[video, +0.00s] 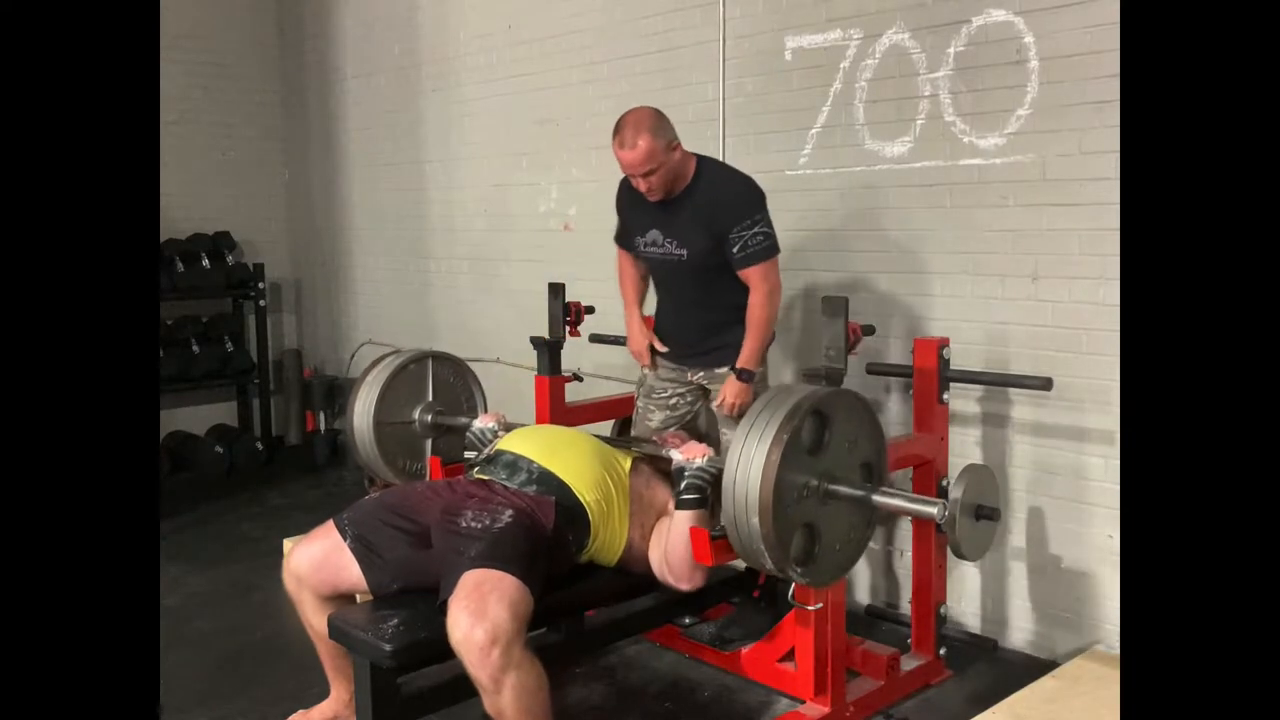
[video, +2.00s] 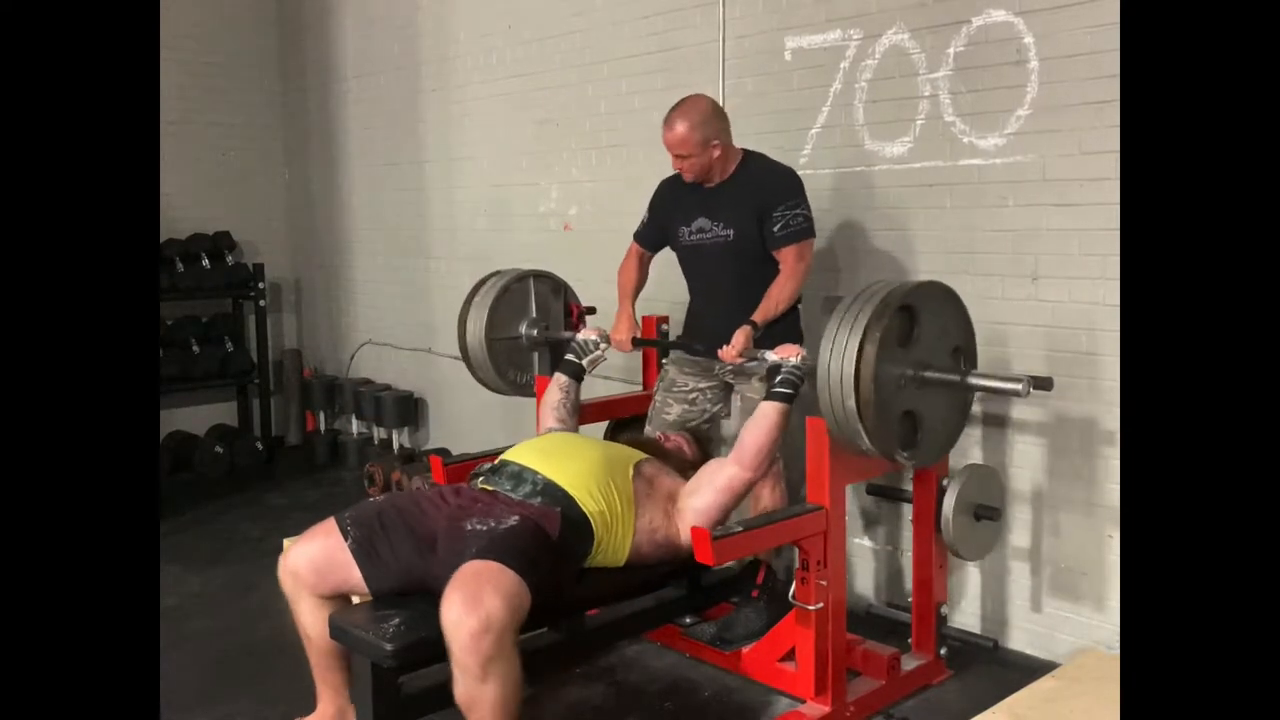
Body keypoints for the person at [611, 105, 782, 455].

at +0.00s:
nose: (640, 186)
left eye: (648, 173)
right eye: (631, 176)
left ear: (676, 151)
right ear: (622, 164)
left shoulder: (733, 194)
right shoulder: (631, 194)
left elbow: (766, 287)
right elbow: (630, 254)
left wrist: (744, 373)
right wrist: (634, 319)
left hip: (731, 366)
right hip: (667, 363)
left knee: (738, 480)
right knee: (649, 473)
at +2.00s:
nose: (675, 167)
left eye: (683, 157)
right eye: (671, 156)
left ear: (718, 145)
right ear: (676, 148)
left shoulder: (775, 184)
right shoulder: (672, 195)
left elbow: (795, 270)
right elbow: (638, 254)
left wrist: (753, 327)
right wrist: (624, 310)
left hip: (763, 354)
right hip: (697, 351)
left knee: (758, 465)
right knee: (664, 450)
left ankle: (772, 592)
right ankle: (698, 573)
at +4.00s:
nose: (683, 138)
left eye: (691, 123)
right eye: (671, 129)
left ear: (712, 108)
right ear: (658, 124)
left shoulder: (761, 169)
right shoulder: (657, 180)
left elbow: (789, 249)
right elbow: (632, 253)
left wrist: (762, 326)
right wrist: (628, 314)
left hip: (735, 355)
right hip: (670, 354)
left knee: (748, 469)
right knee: (661, 460)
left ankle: (760, 588)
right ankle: (663, 577)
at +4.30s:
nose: (653, 146)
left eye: (659, 135)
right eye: (649, 136)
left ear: (692, 124)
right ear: (670, 128)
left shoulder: (757, 168)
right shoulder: (659, 180)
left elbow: (784, 249)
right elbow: (633, 255)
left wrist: (759, 328)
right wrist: (627, 318)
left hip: (735, 356)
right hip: (671, 355)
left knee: (745, 468)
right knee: (662, 457)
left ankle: (764, 584)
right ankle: (663, 571)